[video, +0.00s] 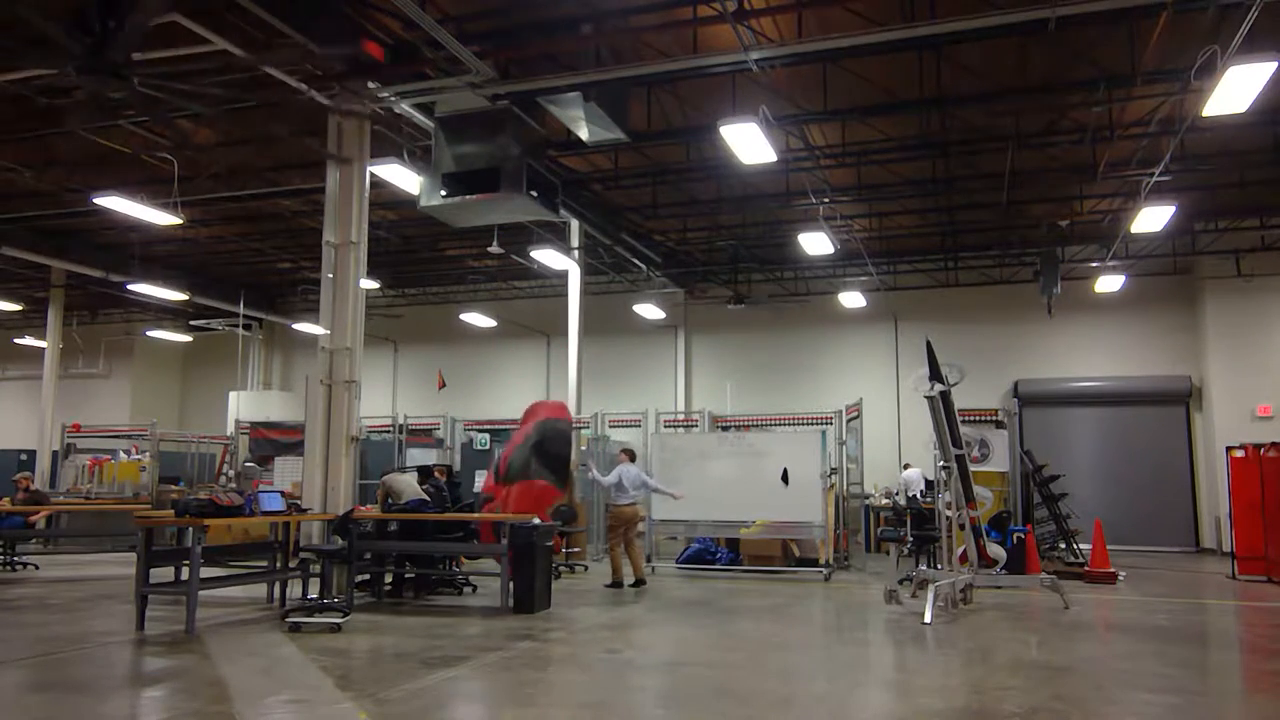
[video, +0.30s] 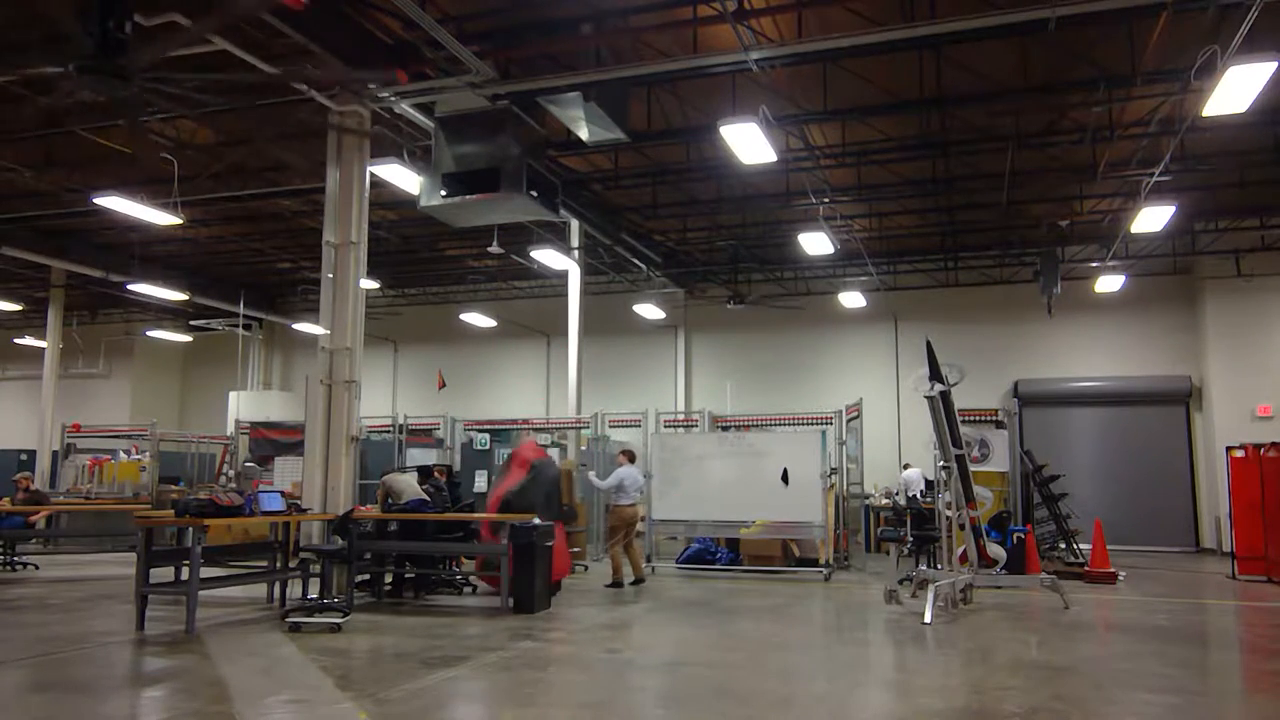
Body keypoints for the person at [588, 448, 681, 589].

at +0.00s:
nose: (618, 457)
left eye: (620, 455)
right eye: (619, 455)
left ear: (627, 457)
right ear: (630, 458)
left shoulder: (620, 469)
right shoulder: (637, 471)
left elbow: (606, 482)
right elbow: (652, 486)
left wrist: (593, 471)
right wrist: (672, 494)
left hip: (618, 509)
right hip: (633, 508)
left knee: (614, 545)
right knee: (631, 543)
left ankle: (617, 579)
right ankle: (640, 577)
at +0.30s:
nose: (618, 459)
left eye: (619, 456)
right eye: (618, 456)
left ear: (625, 457)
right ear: (631, 458)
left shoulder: (621, 472)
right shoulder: (637, 472)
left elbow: (604, 486)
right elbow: (641, 488)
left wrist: (591, 477)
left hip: (619, 508)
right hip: (633, 508)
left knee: (614, 545)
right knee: (629, 544)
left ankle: (617, 579)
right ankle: (639, 575)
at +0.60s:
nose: (624, 461)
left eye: (625, 458)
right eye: (624, 458)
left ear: (630, 458)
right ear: (636, 459)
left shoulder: (628, 472)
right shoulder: (644, 473)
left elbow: (612, 488)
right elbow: (646, 488)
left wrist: (597, 478)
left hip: (626, 508)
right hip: (640, 507)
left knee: (620, 544)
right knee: (635, 544)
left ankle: (619, 578)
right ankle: (639, 577)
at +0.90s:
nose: (629, 462)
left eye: (630, 459)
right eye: (629, 459)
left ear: (635, 458)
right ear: (642, 459)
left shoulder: (633, 471)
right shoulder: (649, 472)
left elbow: (617, 487)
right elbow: (659, 487)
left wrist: (602, 476)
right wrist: (668, 494)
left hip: (632, 507)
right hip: (646, 507)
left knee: (626, 544)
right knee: (640, 544)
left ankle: (627, 577)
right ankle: (639, 576)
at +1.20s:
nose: (631, 462)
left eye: (631, 460)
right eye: (631, 460)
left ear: (637, 459)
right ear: (644, 460)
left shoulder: (635, 471)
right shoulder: (653, 472)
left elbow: (628, 489)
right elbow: (665, 488)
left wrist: (611, 483)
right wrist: (681, 490)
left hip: (635, 507)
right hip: (648, 507)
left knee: (632, 544)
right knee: (643, 543)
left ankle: (638, 575)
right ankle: (642, 575)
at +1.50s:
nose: (631, 463)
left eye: (632, 460)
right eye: (631, 460)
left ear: (635, 460)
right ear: (645, 460)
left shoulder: (634, 472)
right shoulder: (653, 471)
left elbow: (626, 493)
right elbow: (668, 486)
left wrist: (610, 491)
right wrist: (683, 487)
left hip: (639, 508)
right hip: (652, 506)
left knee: (641, 545)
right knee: (645, 544)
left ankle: (645, 578)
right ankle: (641, 574)